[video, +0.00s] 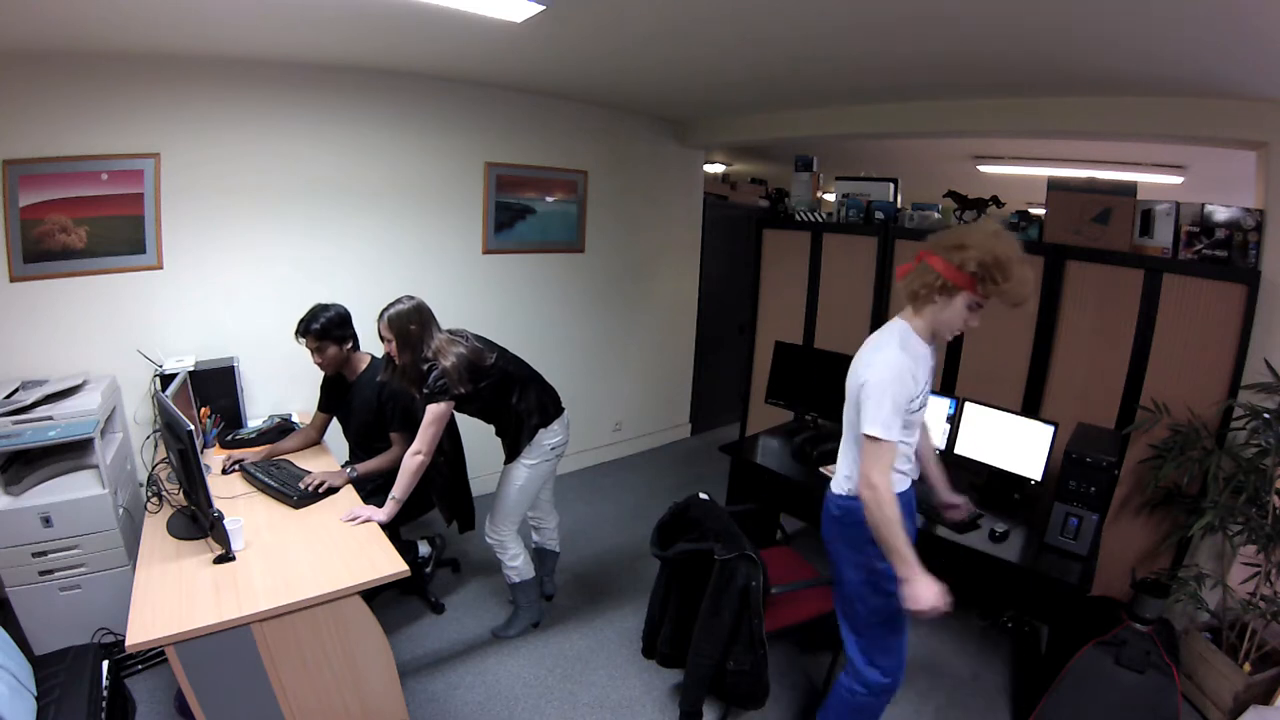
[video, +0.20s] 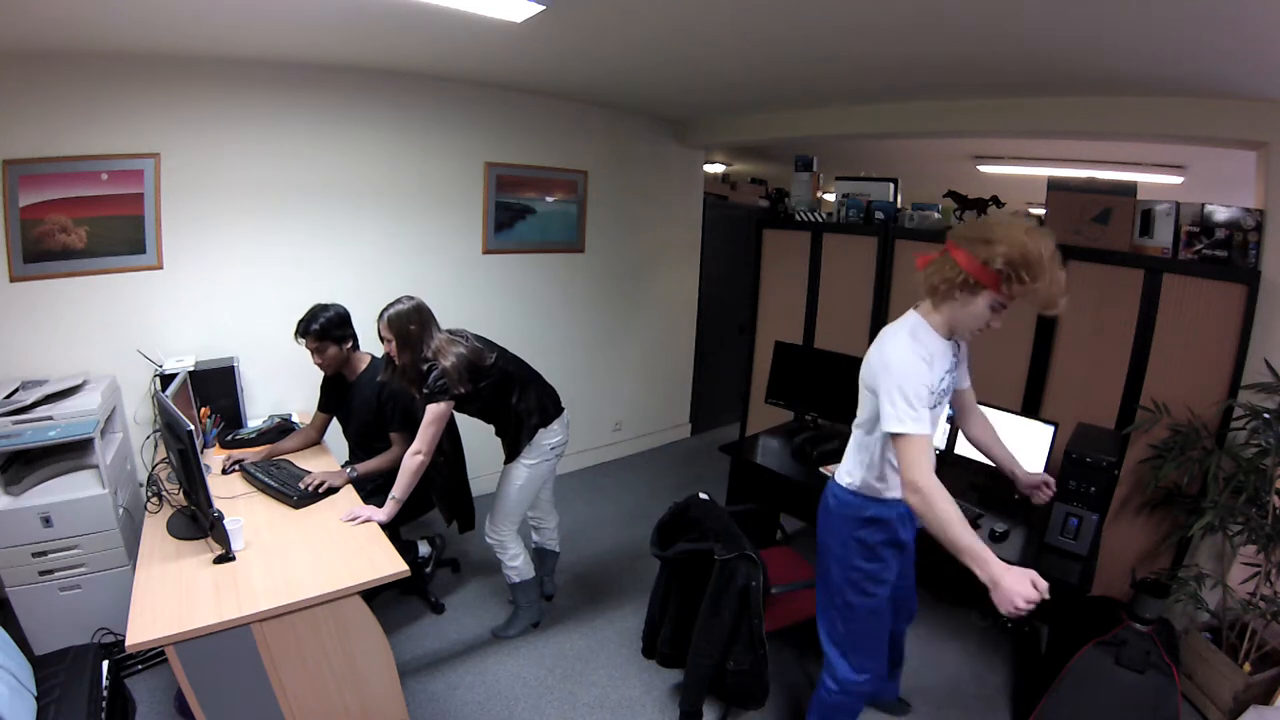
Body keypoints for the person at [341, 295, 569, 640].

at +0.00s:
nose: (386, 349)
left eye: (389, 341)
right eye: (384, 341)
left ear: (411, 338)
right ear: (420, 331)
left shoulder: (444, 369)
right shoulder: (450, 340)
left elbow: (420, 452)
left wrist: (388, 509)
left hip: (539, 433)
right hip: (547, 421)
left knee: (500, 530)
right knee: (541, 507)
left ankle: (528, 607)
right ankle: (546, 581)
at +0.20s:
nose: (387, 350)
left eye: (389, 341)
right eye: (384, 341)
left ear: (410, 338)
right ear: (420, 331)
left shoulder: (444, 369)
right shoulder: (450, 340)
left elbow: (420, 452)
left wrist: (388, 509)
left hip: (538, 433)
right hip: (547, 421)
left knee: (500, 530)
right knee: (541, 507)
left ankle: (528, 607)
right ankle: (546, 581)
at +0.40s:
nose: (386, 349)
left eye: (388, 341)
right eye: (384, 340)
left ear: (410, 338)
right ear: (420, 330)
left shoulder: (443, 369)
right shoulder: (450, 340)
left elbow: (420, 452)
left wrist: (388, 509)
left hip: (538, 434)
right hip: (547, 421)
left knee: (500, 531)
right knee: (541, 506)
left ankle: (528, 608)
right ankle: (546, 580)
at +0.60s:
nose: (387, 349)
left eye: (389, 341)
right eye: (384, 341)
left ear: (410, 338)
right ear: (420, 330)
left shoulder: (443, 369)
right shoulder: (450, 340)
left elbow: (420, 452)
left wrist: (388, 509)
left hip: (538, 434)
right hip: (548, 421)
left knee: (500, 530)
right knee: (541, 507)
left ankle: (528, 608)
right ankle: (546, 580)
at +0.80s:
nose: (386, 349)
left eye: (389, 341)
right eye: (384, 340)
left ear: (411, 338)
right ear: (420, 330)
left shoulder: (443, 369)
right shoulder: (450, 340)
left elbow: (420, 452)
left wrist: (388, 509)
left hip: (538, 433)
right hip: (547, 421)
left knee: (500, 530)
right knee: (541, 507)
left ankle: (528, 608)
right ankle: (546, 580)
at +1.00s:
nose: (386, 349)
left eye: (389, 341)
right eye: (384, 341)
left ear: (410, 338)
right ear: (420, 330)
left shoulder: (443, 369)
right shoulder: (450, 340)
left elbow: (420, 452)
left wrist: (388, 509)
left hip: (538, 433)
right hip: (547, 421)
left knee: (500, 530)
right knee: (541, 507)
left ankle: (527, 608)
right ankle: (546, 580)